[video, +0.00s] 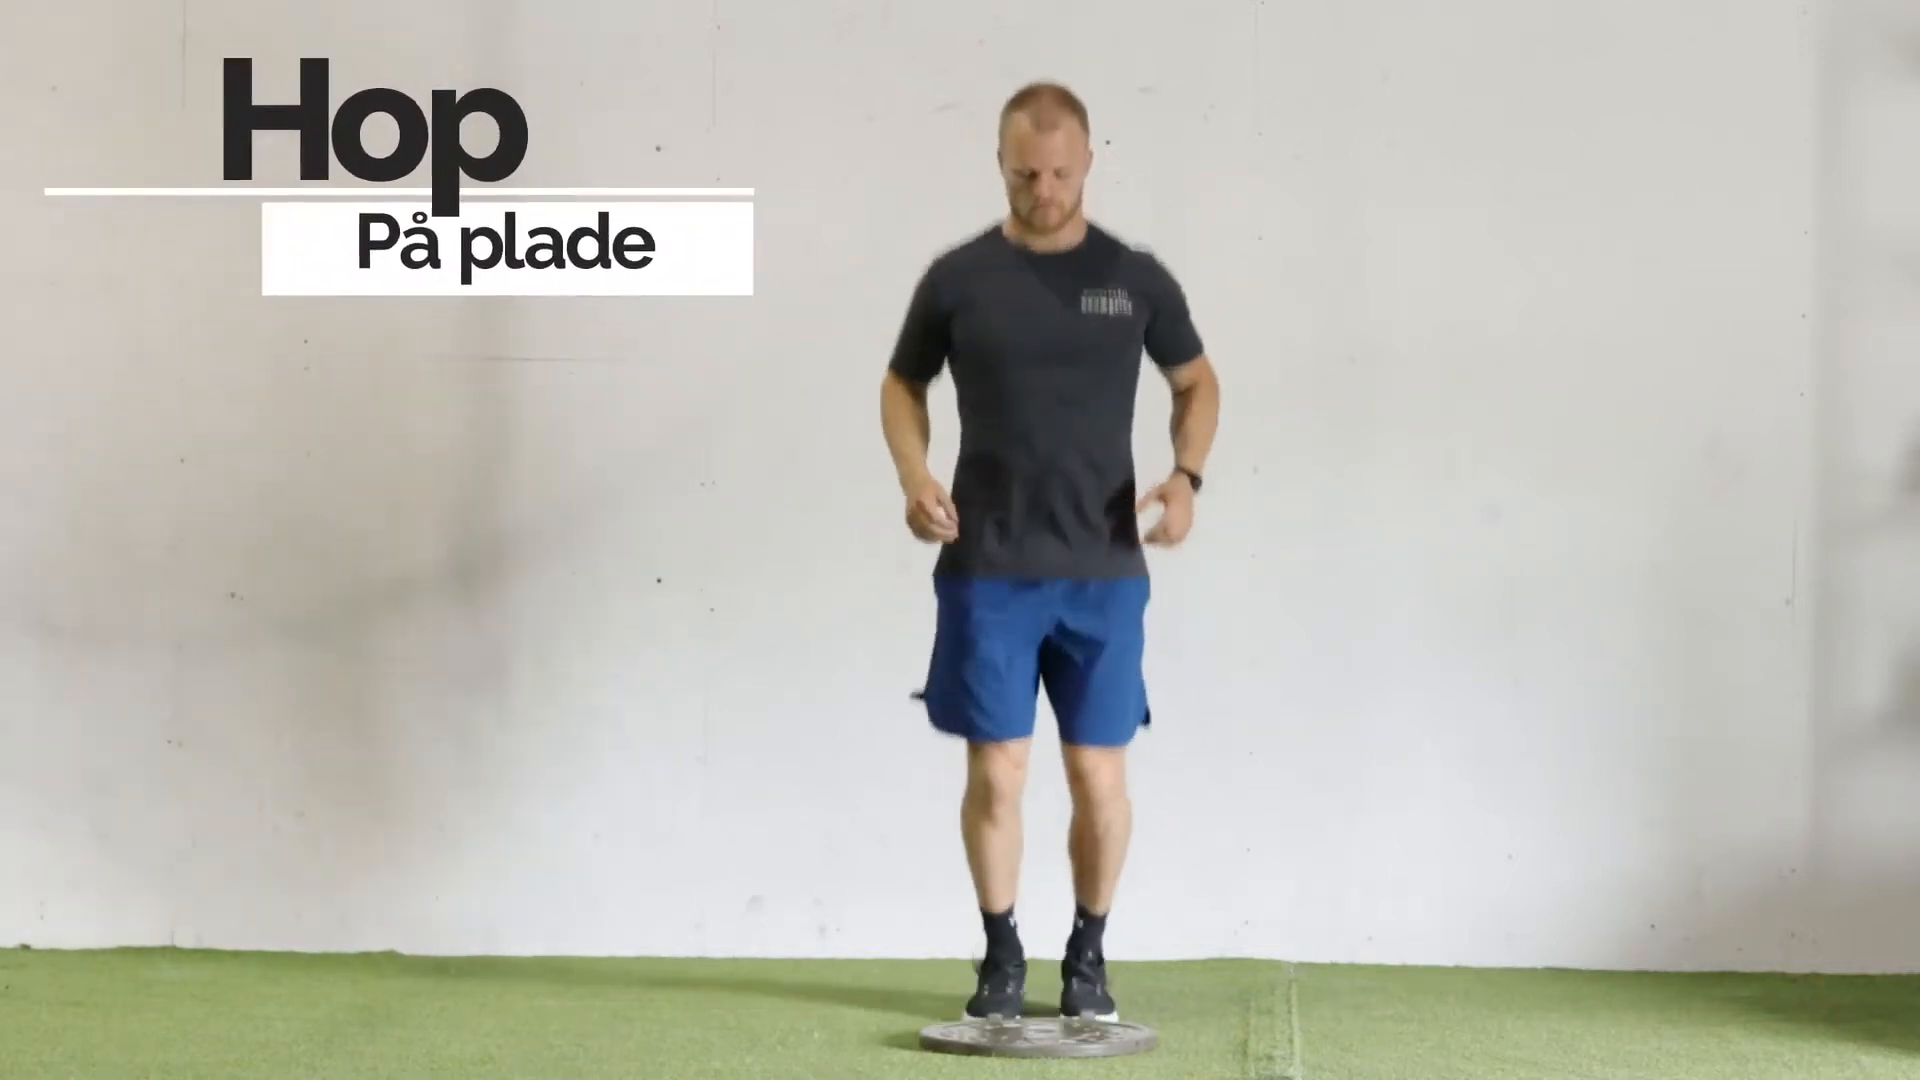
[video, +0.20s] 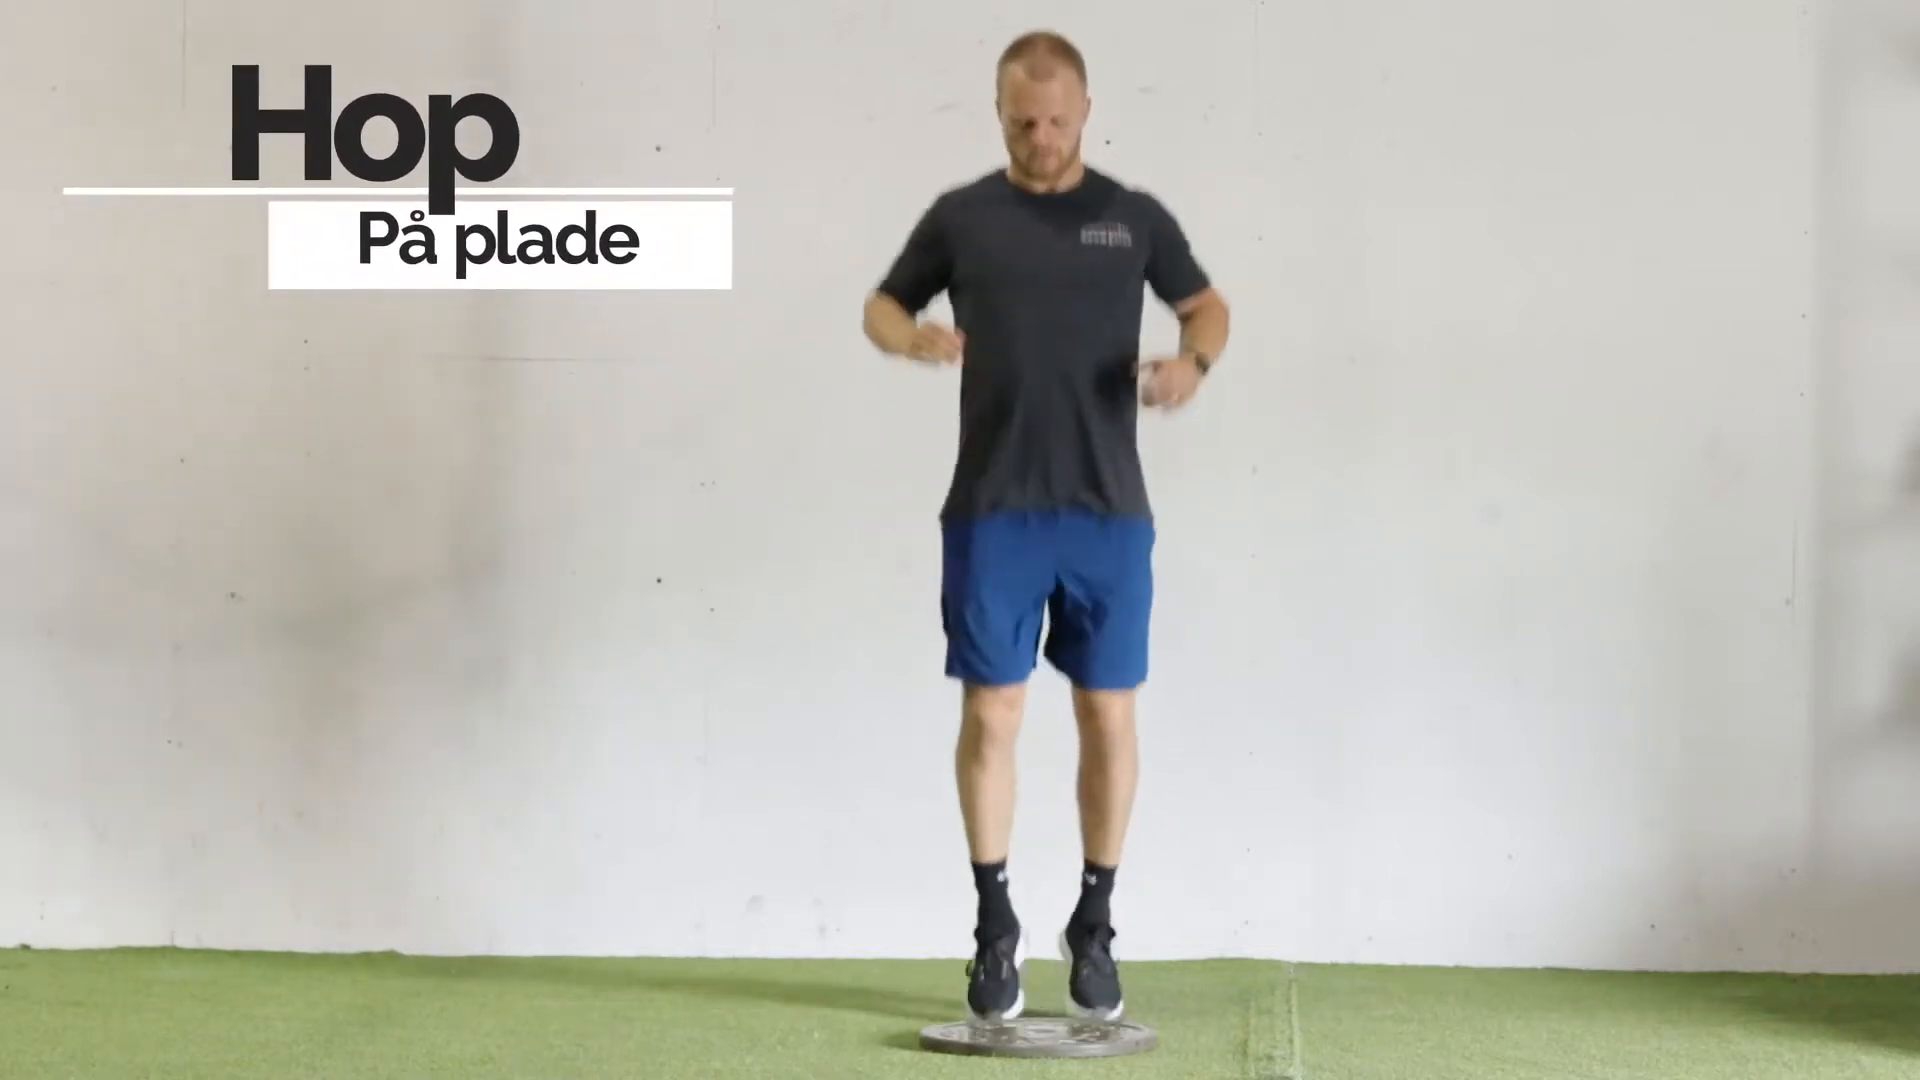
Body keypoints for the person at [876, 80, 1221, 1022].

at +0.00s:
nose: (1043, 189)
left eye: (1059, 172)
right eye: (1026, 173)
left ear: (1088, 163)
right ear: (1003, 167)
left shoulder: (1137, 278)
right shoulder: (955, 280)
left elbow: (1197, 384)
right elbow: (903, 386)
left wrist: (1184, 478)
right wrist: (915, 475)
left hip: (1103, 564)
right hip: (990, 562)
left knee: (1097, 773)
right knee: (995, 774)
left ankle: (1087, 959)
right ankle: (1002, 961)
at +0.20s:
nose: (1038, 137)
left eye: (1054, 120)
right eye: (1022, 121)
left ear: (1085, 113)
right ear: (1000, 117)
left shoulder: (1134, 218)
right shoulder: (960, 216)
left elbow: (1207, 309)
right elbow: (882, 309)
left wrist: (1190, 359)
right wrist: (915, 338)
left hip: (1106, 505)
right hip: (996, 504)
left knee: (1107, 717)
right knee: (992, 714)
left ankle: (1095, 929)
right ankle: (994, 931)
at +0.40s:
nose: (1039, 126)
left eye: (1055, 109)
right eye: (1022, 109)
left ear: (1085, 101)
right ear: (1000, 103)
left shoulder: (1134, 202)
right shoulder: (957, 206)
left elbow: (1206, 281)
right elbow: (887, 294)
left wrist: (1211, 340)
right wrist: (890, 369)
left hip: (1111, 493)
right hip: (1000, 493)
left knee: (1102, 711)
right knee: (1008, 711)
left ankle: (1083, 929)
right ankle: (1015, 927)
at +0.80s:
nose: (1034, 143)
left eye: (1051, 126)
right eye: (1017, 127)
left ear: (1081, 118)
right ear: (994, 122)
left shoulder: (1133, 223)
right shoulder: (950, 229)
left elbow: (1191, 319)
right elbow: (898, 336)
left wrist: (1177, 421)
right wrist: (909, 452)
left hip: (1111, 515)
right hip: (994, 516)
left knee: (1103, 722)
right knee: (999, 723)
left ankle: (1086, 918)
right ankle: (1000, 918)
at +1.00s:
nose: (1033, 203)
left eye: (1049, 185)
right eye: (1015, 187)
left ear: (1078, 180)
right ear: (993, 187)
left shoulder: (1132, 292)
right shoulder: (954, 297)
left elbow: (1196, 393)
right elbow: (892, 410)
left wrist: (1183, 442)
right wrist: (926, 437)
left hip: (1100, 580)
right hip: (992, 581)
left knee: (1097, 782)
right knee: (992, 780)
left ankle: (1080, 950)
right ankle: (997, 948)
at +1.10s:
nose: (1040, 122)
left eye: (1055, 106)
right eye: (1023, 107)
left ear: (1084, 100)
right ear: (1001, 105)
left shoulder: (1133, 205)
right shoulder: (960, 202)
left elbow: (1212, 285)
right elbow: (867, 296)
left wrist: (1204, 325)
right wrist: (907, 297)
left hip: (1106, 491)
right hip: (992, 490)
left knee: (1105, 703)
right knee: (986, 698)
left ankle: (1094, 905)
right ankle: (987, 900)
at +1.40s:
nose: (1048, 166)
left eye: (1064, 149)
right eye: (1031, 150)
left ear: (1093, 147)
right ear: (1008, 150)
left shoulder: (1139, 259)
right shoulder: (964, 254)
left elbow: (1202, 361)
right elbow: (895, 354)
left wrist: (1196, 443)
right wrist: (927, 439)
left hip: (1104, 537)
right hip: (993, 533)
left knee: (1089, 746)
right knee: (1006, 747)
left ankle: (1067, 960)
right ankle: (1010, 960)